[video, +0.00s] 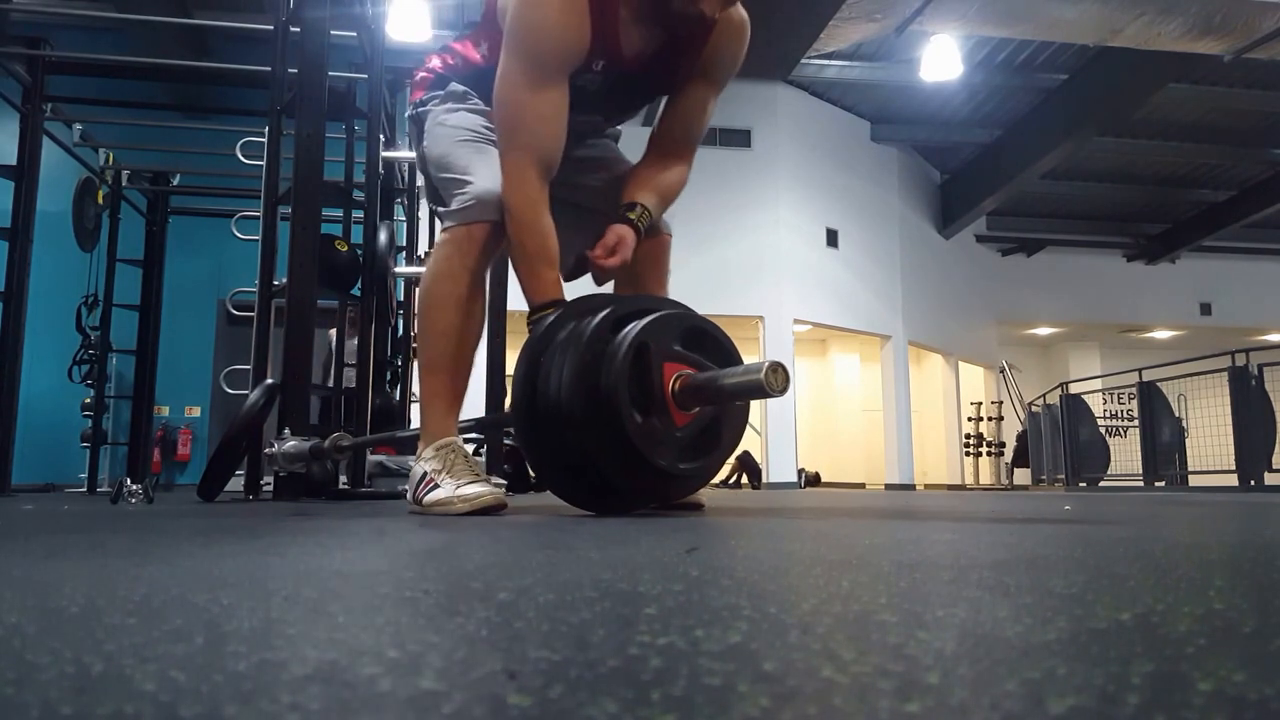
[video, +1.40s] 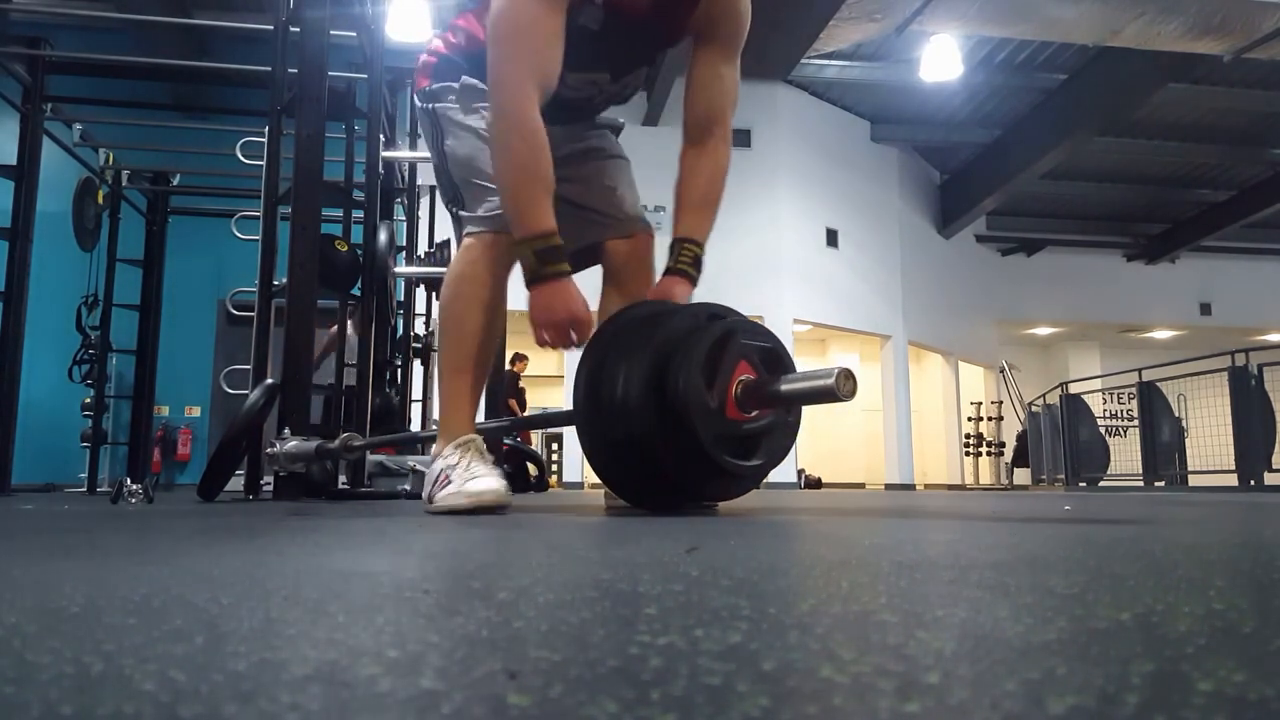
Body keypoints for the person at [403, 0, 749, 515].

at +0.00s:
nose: (717, 2)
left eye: (725, 1)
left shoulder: (727, 24)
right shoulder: (552, 10)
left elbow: (672, 153)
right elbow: (526, 168)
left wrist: (633, 217)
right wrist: (549, 321)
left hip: (579, 121)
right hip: (470, 95)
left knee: (650, 238)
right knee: (483, 211)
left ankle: (646, 455)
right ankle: (438, 454)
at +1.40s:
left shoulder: (723, 5)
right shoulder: (535, 2)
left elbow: (707, 135)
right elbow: (516, 100)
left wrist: (684, 268)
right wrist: (547, 270)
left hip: (576, 107)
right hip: (473, 76)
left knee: (631, 241)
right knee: (496, 225)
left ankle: (630, 463)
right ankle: (456, 449)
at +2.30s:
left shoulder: (733, 19)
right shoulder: (560, 3)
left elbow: (702, 159)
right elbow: (535, 125)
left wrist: (671, 295)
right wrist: (559, 294)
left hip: (578, 116)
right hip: (472, 85)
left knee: (654, 242)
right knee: (490, 207)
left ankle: (652, 460)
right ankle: (462, 451)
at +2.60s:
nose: (730, 54)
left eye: (751, 42)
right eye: (721, 26)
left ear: (770, 33)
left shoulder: (732, 93)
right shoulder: (566, 29)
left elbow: (686, 230)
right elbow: (541, 204)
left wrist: (650, 363)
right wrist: (574, 355)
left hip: (581, 141)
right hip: (477, 107)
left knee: (664, 236)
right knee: (487, 199)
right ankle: (461, 451)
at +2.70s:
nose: (730, 76)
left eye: (750, 62)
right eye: (720, 46)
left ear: (770, 49)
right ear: (678, 6)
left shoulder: (731, 110)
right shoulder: (566, 39)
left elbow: (685, 242)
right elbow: (534, 215)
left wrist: (653, 371)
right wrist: (570, 358)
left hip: (585, 149)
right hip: (479, 111)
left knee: (671, 239)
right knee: (482, 204)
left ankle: (655, 446)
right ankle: (461, 452)